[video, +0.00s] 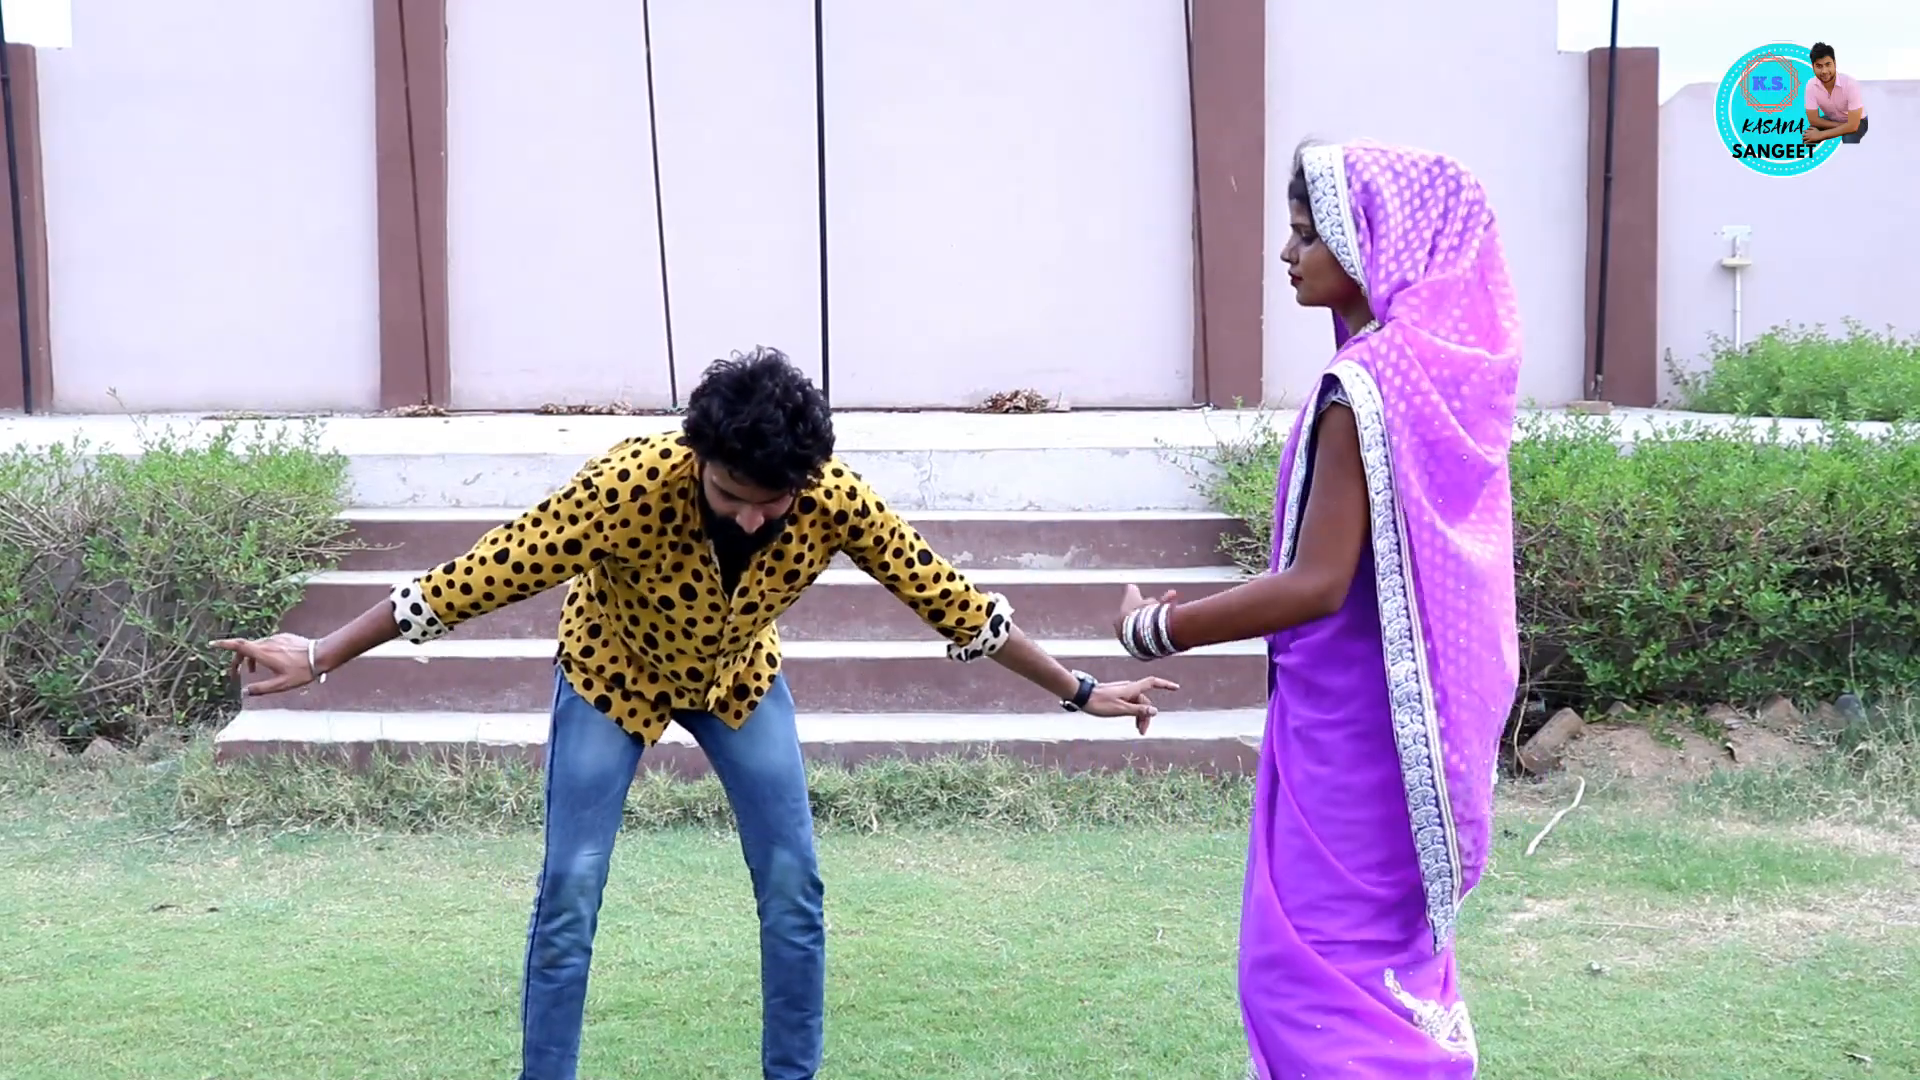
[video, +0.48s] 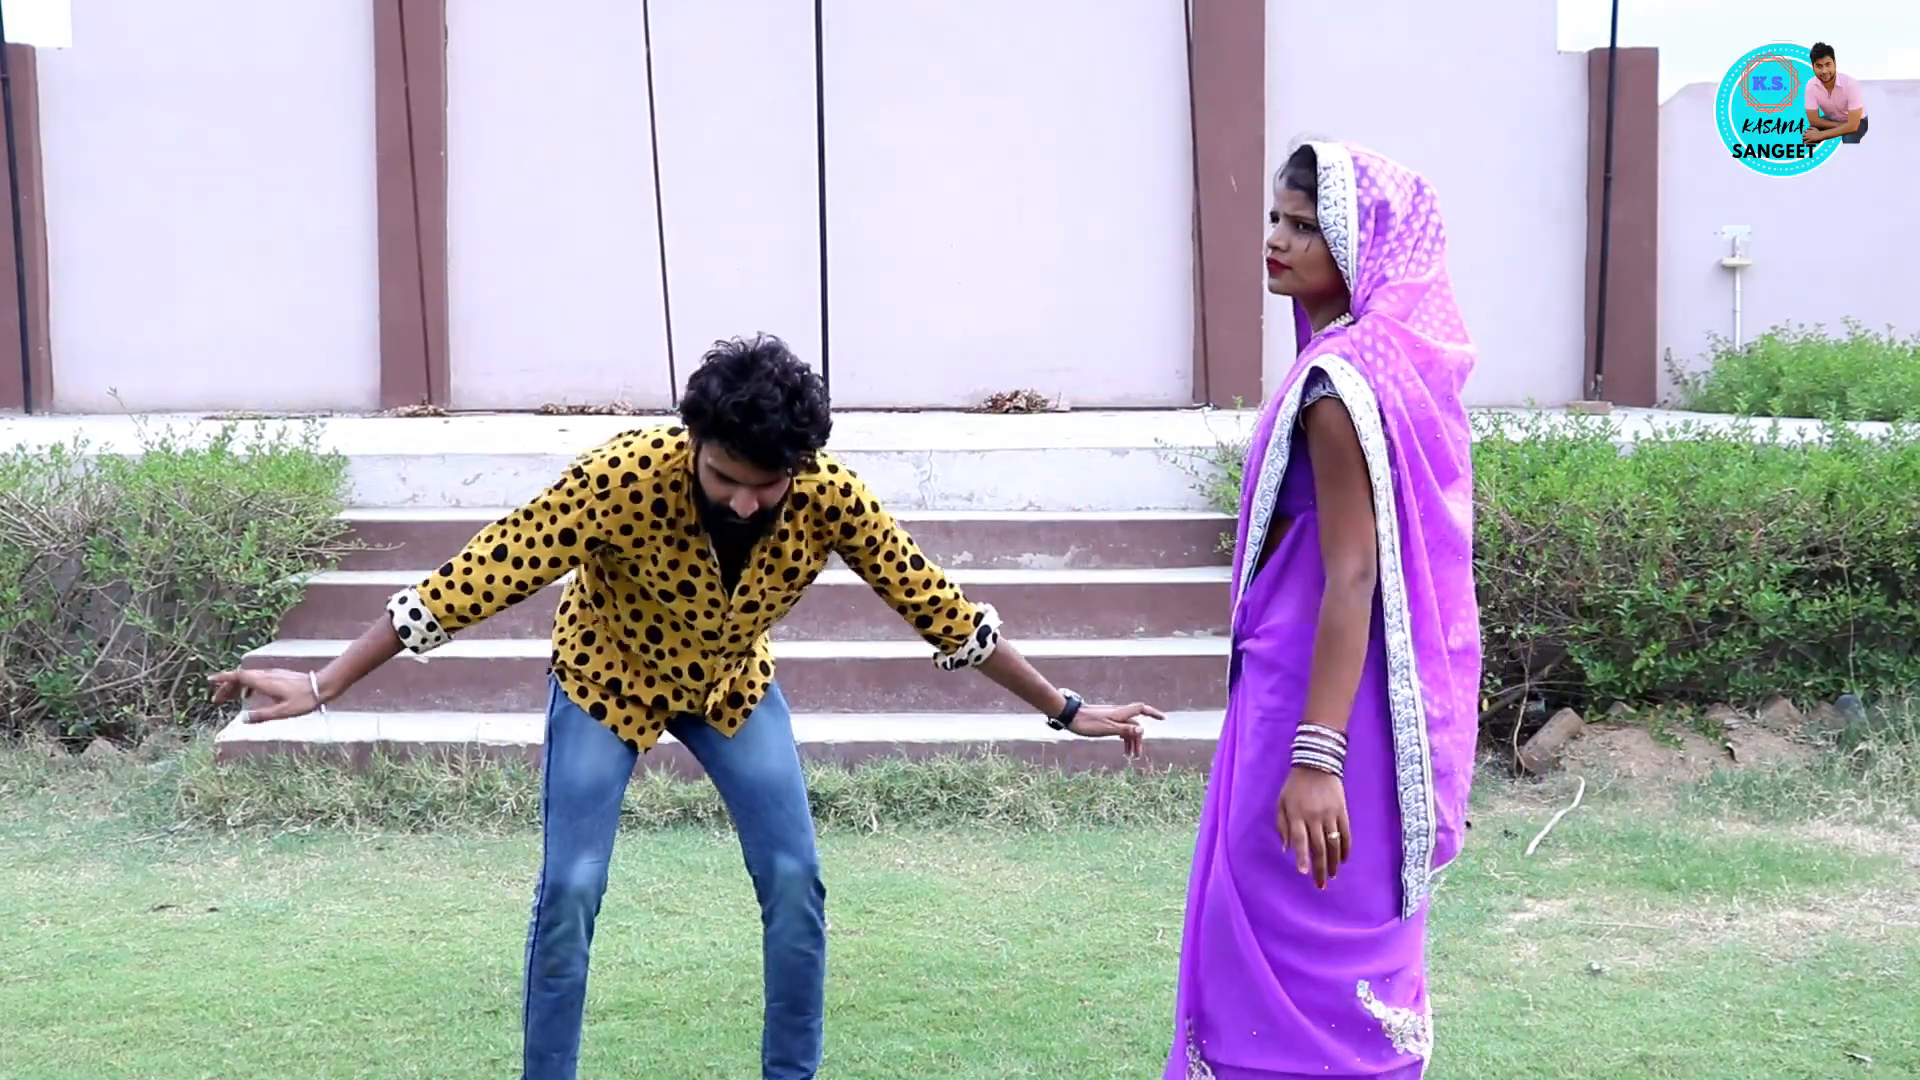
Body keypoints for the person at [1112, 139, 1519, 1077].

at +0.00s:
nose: (1288, 253)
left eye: (1306, 233)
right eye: (1292, 231)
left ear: (1371, 246)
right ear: (1381, 249)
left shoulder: (1359, 386)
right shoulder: (1450, 368)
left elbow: (1319, 583)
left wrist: (1174, 623)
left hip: (1348, 723)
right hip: (1420, 714)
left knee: (1297, 972)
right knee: (1394, 954)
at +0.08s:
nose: (1289, 258)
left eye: (1306, 238)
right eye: (1292, 236)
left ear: (1374, 249)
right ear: (1382, 252)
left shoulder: (1364, 388)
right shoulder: (1447, 371)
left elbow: (1315, 586)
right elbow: (1415, 570)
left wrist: (1166, 653)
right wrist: (1284, 593)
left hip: (1339, 731)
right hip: (1411, 724)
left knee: (1274, 969)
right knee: (1386, 954)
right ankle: (1415, 1058)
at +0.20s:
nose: (1295, 262)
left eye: (1318, 244)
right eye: (1296, 241)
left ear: (1386, 257)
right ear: (1395, 263)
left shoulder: (1365, 396)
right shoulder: (1459, 377)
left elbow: (1310, 587)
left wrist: (1185, 714)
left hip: (1333, 734)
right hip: (1415, 729)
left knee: (1267, 967)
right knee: (1385, 962)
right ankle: (1398, 1062)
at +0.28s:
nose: (1298, 253)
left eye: (1322, 235)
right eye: (1297, 232)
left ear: (1389, 252)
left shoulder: (1359, 388)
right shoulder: (1444, 368)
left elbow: (1313, 584)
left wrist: (1228, 732)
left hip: (1334, 725)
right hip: (1411, 717)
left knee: (1272, 966)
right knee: (1385, 958)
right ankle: (1390, 1062)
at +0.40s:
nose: (1284, 240)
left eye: (1308, 225)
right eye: (1286, 221)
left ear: (1372, 245)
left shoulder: (1346, 381)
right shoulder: (1415, 359)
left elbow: (1330, 581)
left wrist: (1290, 749)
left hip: (1326, 710)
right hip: (1385, 704)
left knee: (1282, 980)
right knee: (1370, 971)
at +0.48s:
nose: (1273, 241)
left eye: (1297, 227)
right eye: (1274, 222)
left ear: (1361, 247)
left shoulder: (1337, 381)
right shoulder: (1404, 360)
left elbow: (1352, 581)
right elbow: (1386, 579)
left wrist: (1316, 754)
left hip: (1312, 742)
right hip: (1376, 738)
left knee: (1277, 1006)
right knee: (1359, 997)